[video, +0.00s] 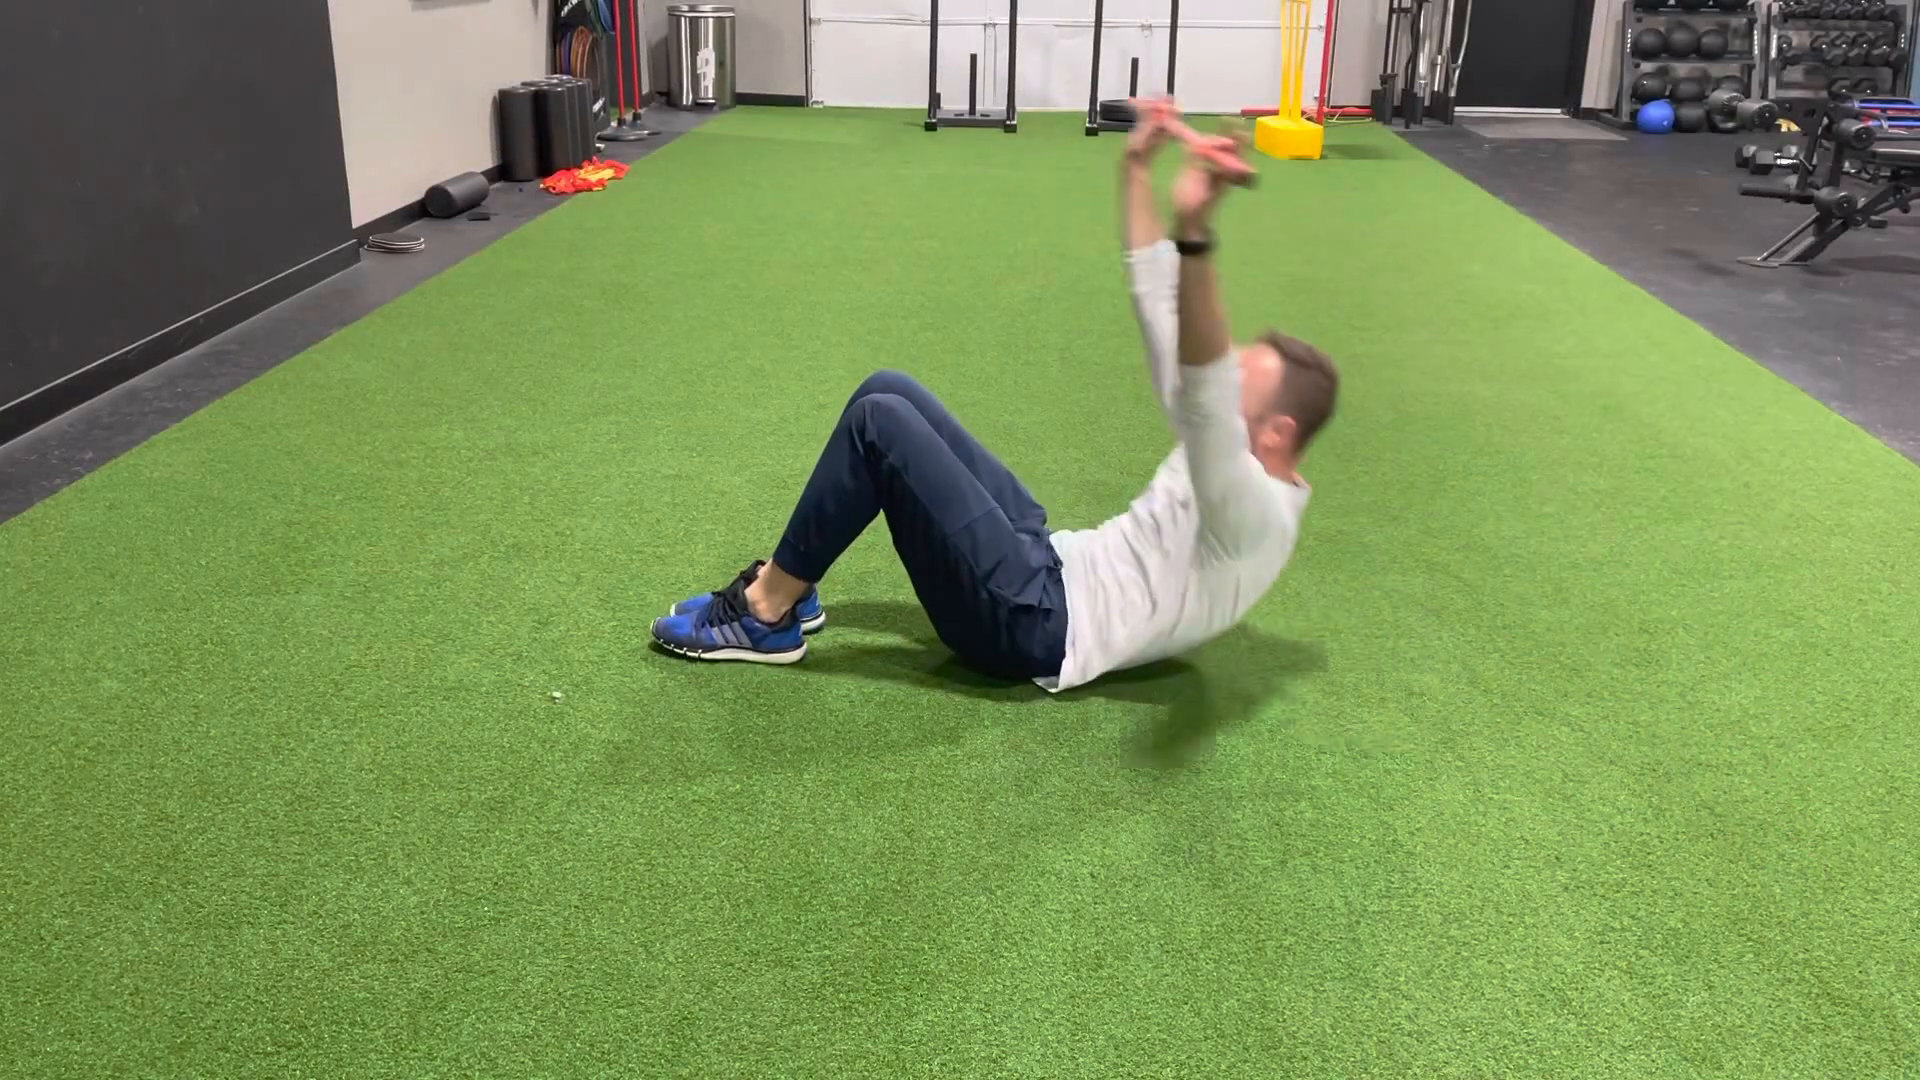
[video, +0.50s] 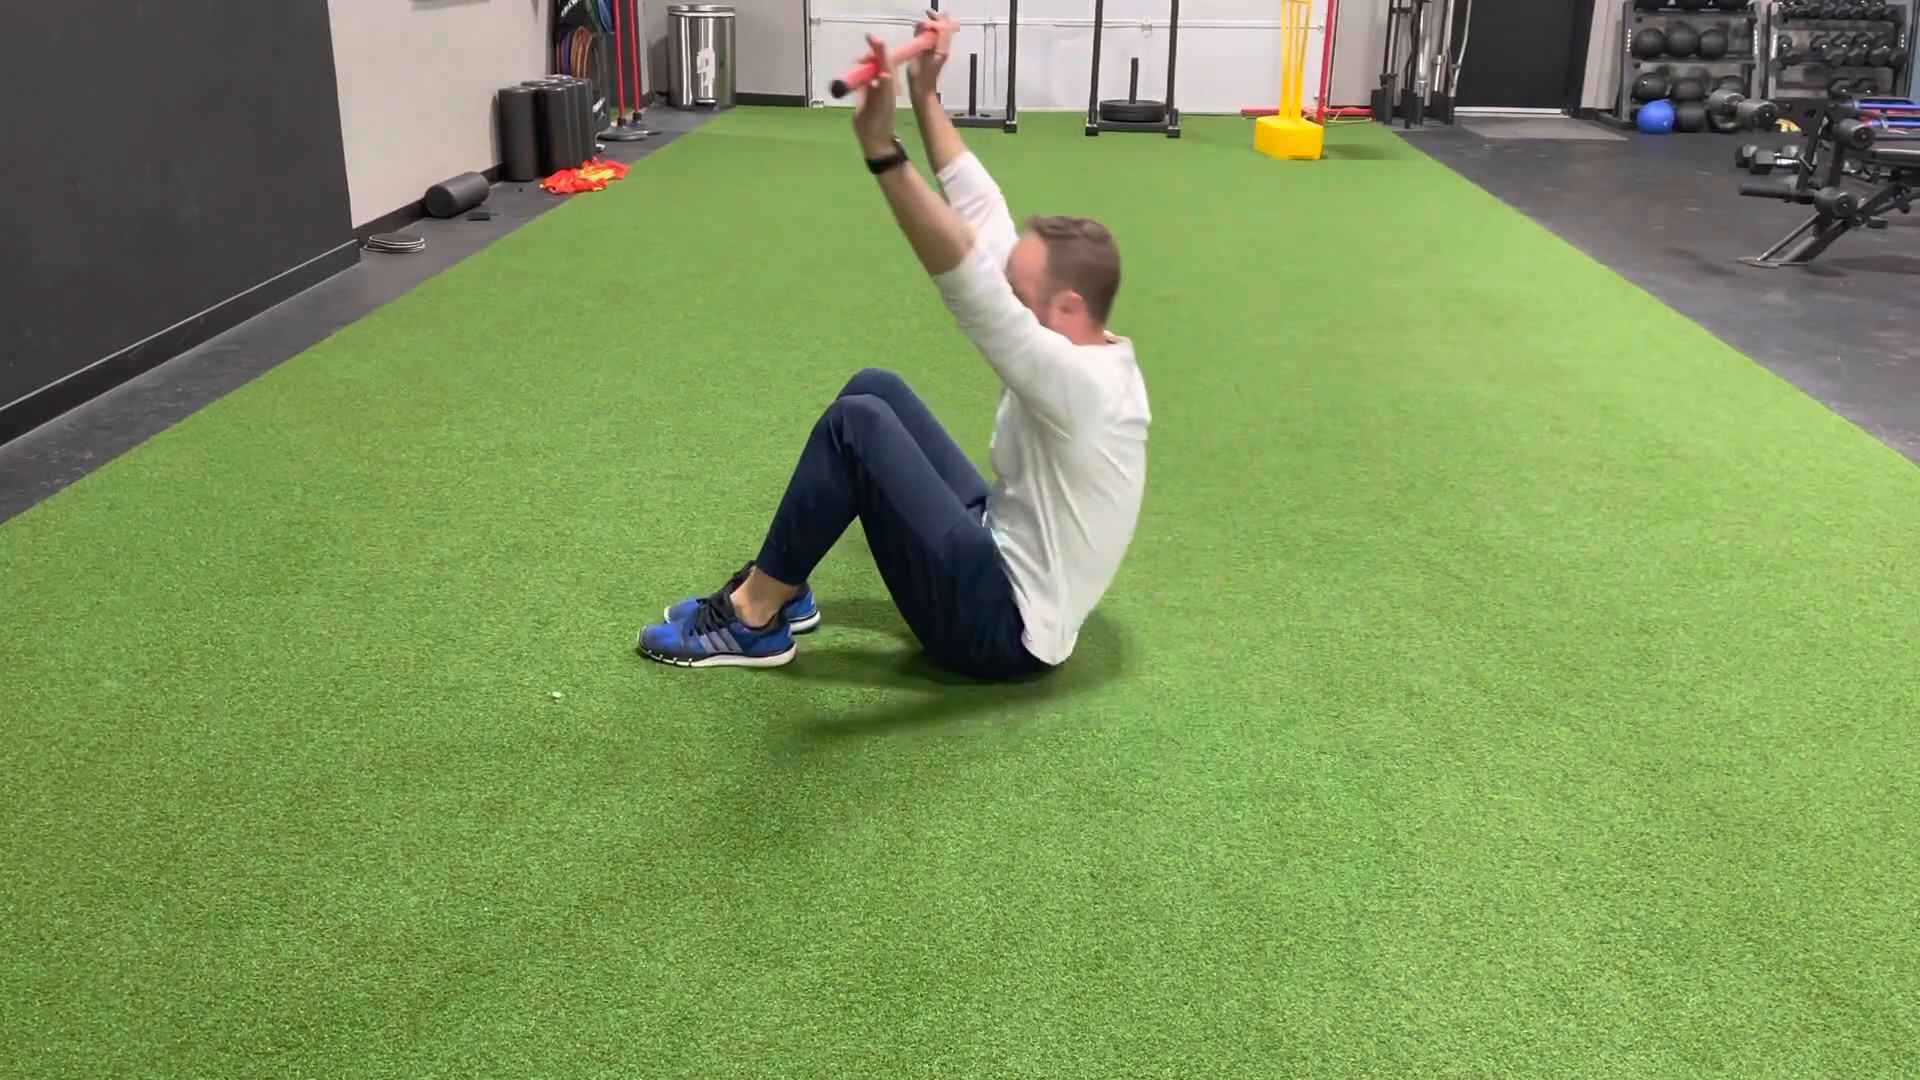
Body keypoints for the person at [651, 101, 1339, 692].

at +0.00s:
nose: (1217, 388)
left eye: (1234, 384)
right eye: (1225, 374)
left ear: (1276, 433)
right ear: (1273, 431)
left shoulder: (1255, 516)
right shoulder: (1224, 465)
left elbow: (1201, 389)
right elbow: (1166, 336)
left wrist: (1197, 238)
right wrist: (1135, 172)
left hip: (1038, 616)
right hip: (1050, 563)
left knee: (879, 415)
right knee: (889, 395)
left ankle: (765, 611)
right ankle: (782, 592)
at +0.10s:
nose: (1169, 378)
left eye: (1182, 367)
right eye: (1172, 361)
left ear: (1228, 394)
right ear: (1226, 390)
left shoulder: (1221, 478)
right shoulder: (1202, 438)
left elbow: (1147, 355)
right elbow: (1120, 329)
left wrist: (1099, 214)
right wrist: (1061, 188)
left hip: (1034, 621)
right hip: (1045, 567)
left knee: (885, 416)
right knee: (893, 398)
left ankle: (771, 607)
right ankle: (782, 585)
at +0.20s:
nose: (1121, 353)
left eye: (1134, 340)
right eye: (1122, 334)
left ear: (1184, 363)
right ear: (1187, 363)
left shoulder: (1184, 447)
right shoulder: (1185, 419)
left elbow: (1094, 336)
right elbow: (1093, 306)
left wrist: (1026, 196)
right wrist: (1025, 186)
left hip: (1030, 617)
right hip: (1038, 564)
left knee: (881, 414)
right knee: (891, 395)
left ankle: (769, 608)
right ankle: (781, 588)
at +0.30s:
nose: (1081, 329)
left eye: (1092, 318)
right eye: (1083, 309)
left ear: (1140, 346)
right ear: (1143, 348)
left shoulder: (1147, 422)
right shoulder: (1153, 396)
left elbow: (1046, 311)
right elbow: (1055, 272)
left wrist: (970, 176)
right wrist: (984, 147)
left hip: (1017, 616)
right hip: (1027, 563)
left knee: (871, 419)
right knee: (885, 391)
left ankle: (764, 611)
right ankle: (777, 585)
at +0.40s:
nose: (1038, 312)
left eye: (1051, 305)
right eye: (1041, 295)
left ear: (1099, 328)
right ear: (1100, 324)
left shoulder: (1110, 402)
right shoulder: (1111, 373)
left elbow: (1009, 298)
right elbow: (1017, 239)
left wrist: (923, 164)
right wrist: (956, 120)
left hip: (1007, 617)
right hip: (1013, 558)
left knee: (865, 420)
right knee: (878, 390)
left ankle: (757, 611)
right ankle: (778, 586)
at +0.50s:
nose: (1007, 310)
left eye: (1018, 298)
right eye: (1008, 291)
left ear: (1066, 311)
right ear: (1069, 307)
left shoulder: (1077, 383)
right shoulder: (1084, 355)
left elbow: (971, 285)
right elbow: (986, 218)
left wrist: (879, 142)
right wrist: (927, 94)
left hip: (1003, 620)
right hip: (1012, 554)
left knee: (858, 421)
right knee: (876, 390)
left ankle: (753, 612)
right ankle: (778, 586)